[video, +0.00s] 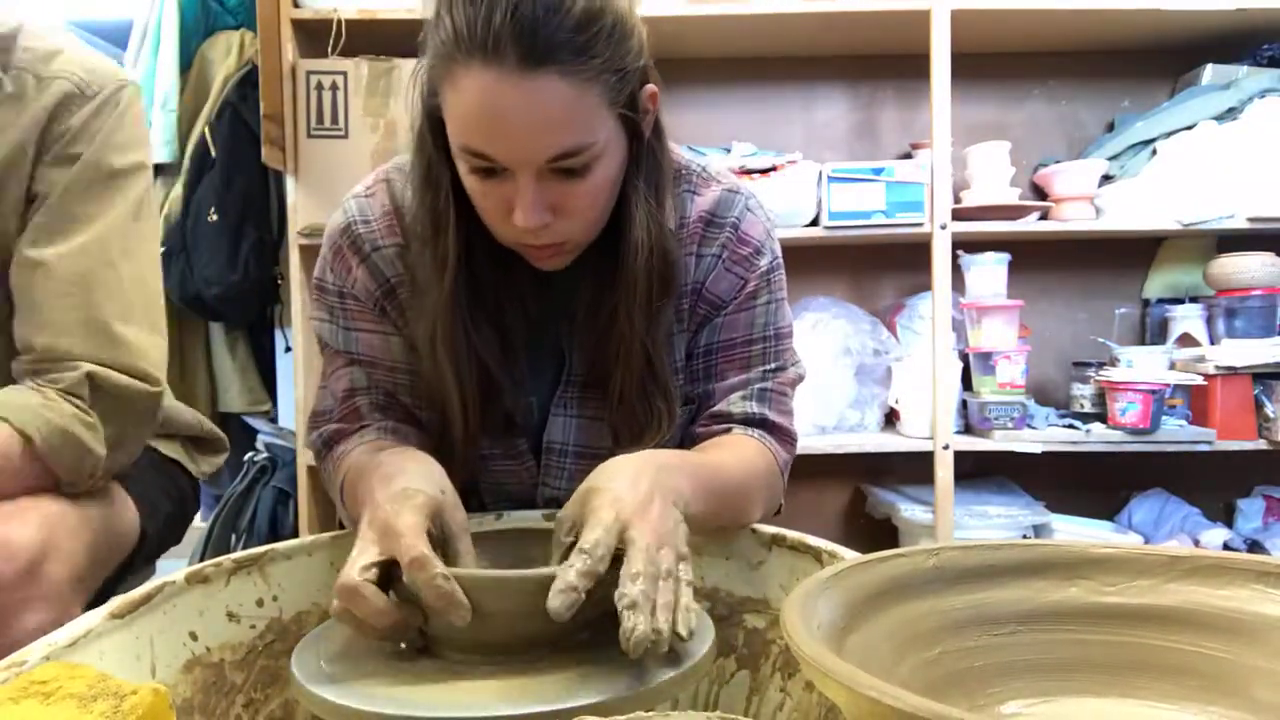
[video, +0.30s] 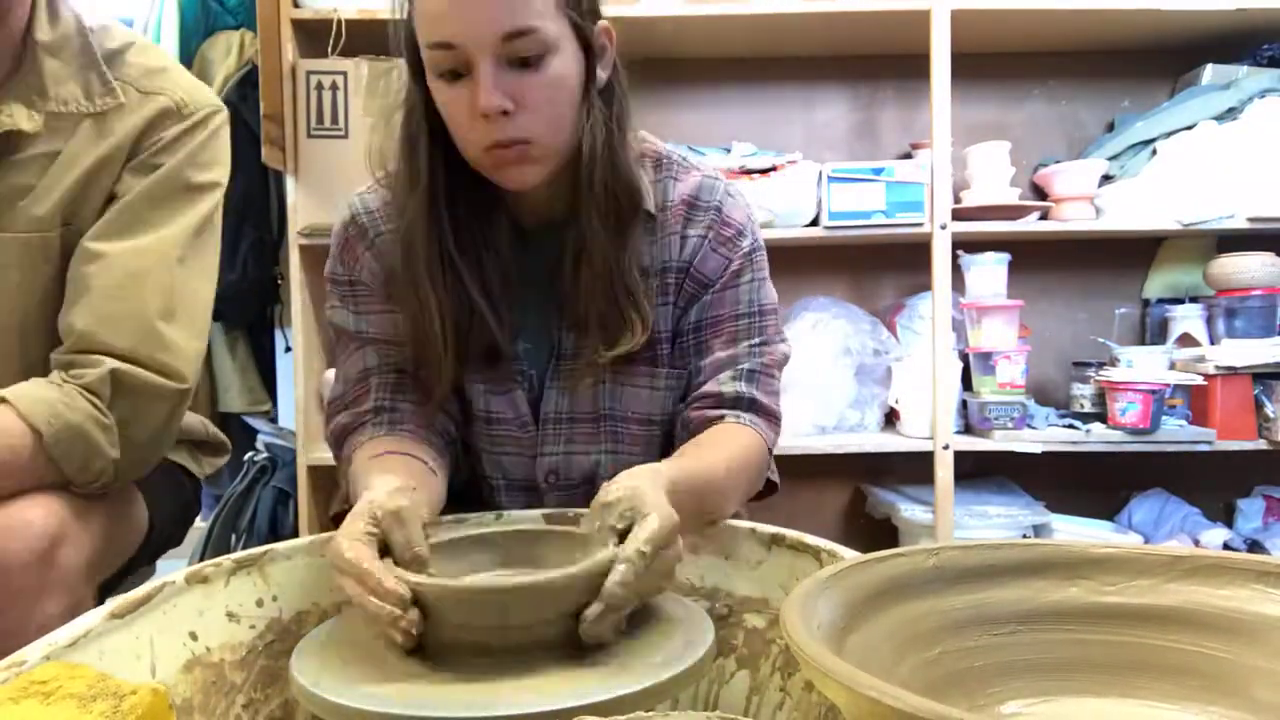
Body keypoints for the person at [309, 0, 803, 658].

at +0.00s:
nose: (527, 215)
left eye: (571, 169)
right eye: (484, 170)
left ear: (642, 118)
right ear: (442, 132)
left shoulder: (722, 230)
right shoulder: (375, 234)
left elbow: (758, 450)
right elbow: (355, 422)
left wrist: (667, 476)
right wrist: (389, 477)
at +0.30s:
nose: (490, 103)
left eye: (525, 59)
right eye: (451, 72)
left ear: (597, 53)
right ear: (425, 82)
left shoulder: (701, 218)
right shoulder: (383, 235)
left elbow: (742, 423)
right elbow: (390, 414)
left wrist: (668, 491)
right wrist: (392, 494)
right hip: (460, 612)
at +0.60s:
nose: (432, 221)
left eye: (441, 172)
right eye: (396, 200)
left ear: (511, 108)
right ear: (374, 190)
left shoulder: (682, 220)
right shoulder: (391, 253)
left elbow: (726, 403)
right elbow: (419, 409)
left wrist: (662, 512)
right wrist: (432, 514)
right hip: (485, 584)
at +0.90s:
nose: (547, 168)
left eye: (587, 127)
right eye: (510, 126)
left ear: (648, 106)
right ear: (469, 109)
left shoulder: (723, 227)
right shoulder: (408, 224)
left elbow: (750, 432)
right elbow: (383, 398)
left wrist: (688, 495)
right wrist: (373, 488)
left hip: (653, 585)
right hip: (466, 578)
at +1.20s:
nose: (554, 179)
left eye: (595, 139)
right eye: (518, 134)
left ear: (662, 112)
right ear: (482, 110)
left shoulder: (729, 231)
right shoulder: (408, 217)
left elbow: (753, 428)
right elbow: (311, 380)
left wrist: (697, 504)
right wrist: (367, 447)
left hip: (646, 594)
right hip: (445, 588)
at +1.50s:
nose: (561, 195)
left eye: (603, 156)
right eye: (528, 148)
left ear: (672, 127)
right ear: (492, 118)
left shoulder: (734, 241)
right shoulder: (410, 224)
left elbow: (755, 430)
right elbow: (339, 379)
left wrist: (702, 502)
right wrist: (376, 437)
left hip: (645, 592)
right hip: (448, 589)